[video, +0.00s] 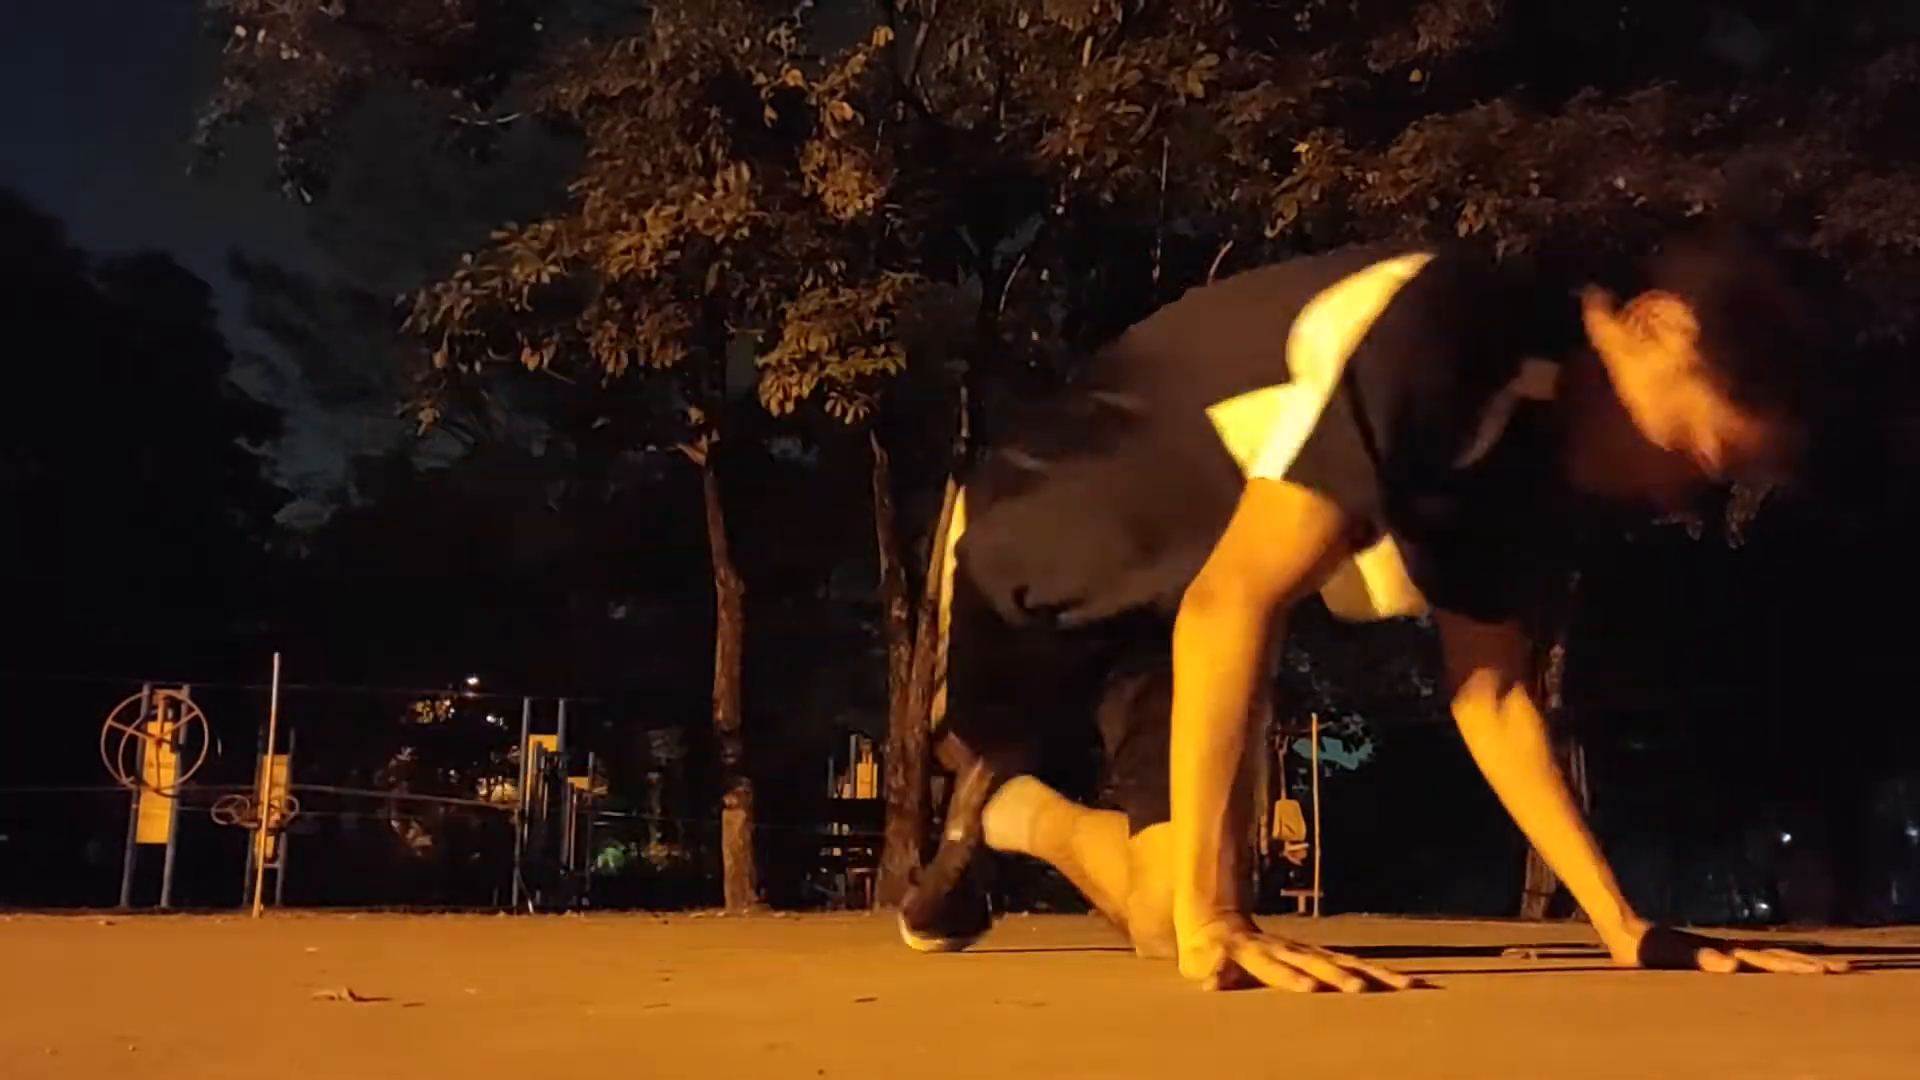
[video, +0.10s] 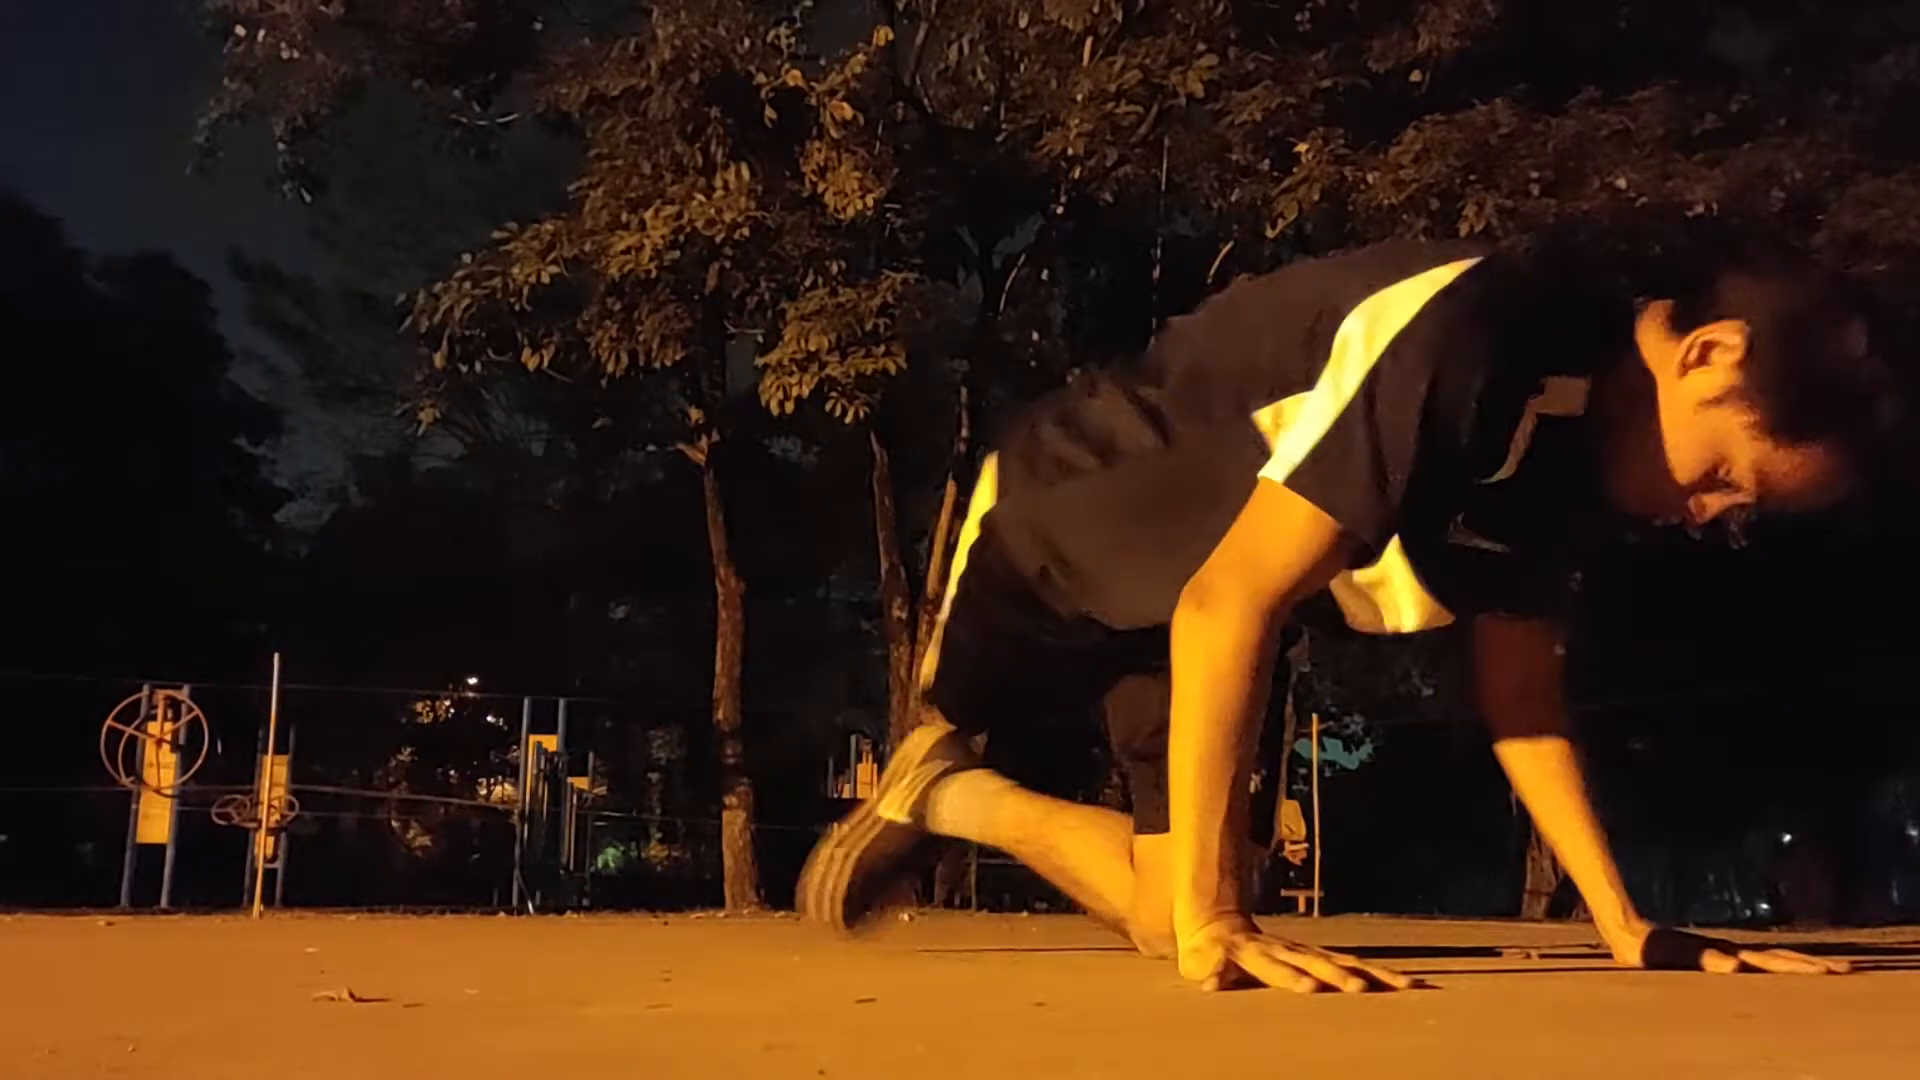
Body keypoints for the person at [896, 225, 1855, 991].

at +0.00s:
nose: (1687, 492)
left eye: (1717, 476)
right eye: (1697, 446)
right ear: (1638, 328)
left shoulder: (1534, 450)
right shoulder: (1438, 337)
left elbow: (1491, 688)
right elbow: (1229, 601)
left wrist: (1617, 921)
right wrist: (1206, 922)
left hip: (1183, 592)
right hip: (1025, 546)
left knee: (1181, 924)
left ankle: (1009, 810)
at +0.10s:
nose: (1715, 518)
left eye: (1749, 512)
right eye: (1730, 478)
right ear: (1692, 351)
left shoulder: (1583, 451)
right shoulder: (1469, 339)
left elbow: (1521, 686)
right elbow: (1230, 597)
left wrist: (1621, 924)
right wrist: (1211, 924)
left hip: (1195, 596)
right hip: (1034, 532)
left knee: (1190, 916)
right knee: (937, 758)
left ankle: (946, 790)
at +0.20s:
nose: (1713, 490)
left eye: (1756, 479)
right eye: (1722, 443)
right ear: (1676, 313)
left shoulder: (1645, 416)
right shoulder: (1458, 321)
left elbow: (1573, 665)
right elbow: (1202, 606)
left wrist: (1629, 929)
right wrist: (1212, 933)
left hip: (1232, 593)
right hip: (1071, 528)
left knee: (1185, 914)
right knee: (896, 728)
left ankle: (862, 770)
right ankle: (925, 470)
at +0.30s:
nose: (1618, 397)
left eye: (1666, 379)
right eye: (1603, 349)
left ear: (1720, 362)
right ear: (1549, 270)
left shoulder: (1684, 438)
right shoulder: (1402, 323)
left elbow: (1629, 665)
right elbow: (1174, 622)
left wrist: (1633, 929)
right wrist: (1202, 920)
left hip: (1263, 595)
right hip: (1137, 497)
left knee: (1183, 923)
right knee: (879, 722)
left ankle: (841, 724)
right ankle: (763, 453)